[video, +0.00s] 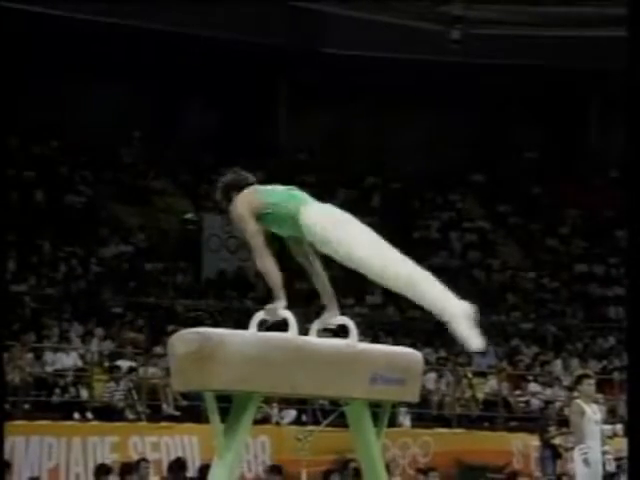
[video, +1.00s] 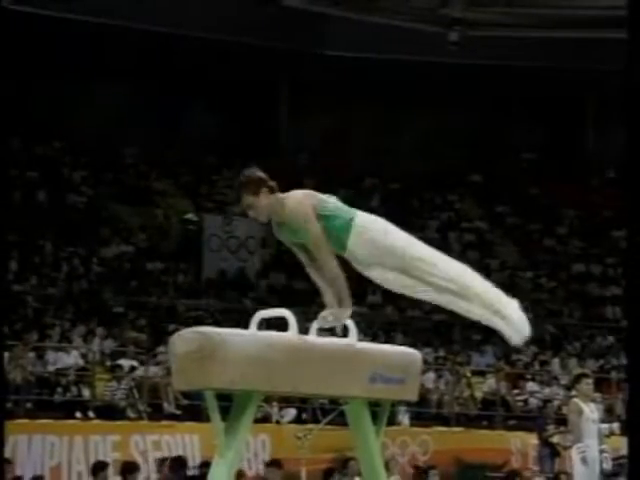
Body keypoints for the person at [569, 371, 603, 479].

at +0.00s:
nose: (592, 388)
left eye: (593, 385)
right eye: (588, 385)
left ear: (595, 386)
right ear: (579, 387)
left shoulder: (594, 406)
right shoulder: (577, 405)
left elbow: (596, 429)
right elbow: (577, 430)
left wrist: (614, 430)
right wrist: (583, 453)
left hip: (596, 449)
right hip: (585, 450)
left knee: (597, 474)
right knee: (585, 475)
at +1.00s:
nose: (590, 387)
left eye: (591, 384)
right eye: (586, 384)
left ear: (593, 386)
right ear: (577, 387)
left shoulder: (592, 405)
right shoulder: (575, 404)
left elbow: (594, 428)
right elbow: (574, 429)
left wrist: (610, 428)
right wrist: (580, 452)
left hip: (594, 448)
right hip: (583, 450)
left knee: (594, 474)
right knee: (583, 475)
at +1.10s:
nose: (590, 387)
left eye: (591, 384)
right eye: (586, 384)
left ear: (594, 386)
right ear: (577, 387)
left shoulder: (592, 405)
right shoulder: (574, 404)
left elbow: (596, 429)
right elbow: (574, 428)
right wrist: (580, 450)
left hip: (594, 449)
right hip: (583, 450)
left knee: (594, 474)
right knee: (583, 475)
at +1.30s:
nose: (591, 388)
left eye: (591, 384)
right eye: (587, 384)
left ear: (594, 386)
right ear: (577, 387)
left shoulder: (592, 405)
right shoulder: (574, 404)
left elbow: (595, 430)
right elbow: (574, 428)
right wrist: (580, 450)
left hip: (594, 449)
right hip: (583, 451)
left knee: (594, 474)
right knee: (583, 475)